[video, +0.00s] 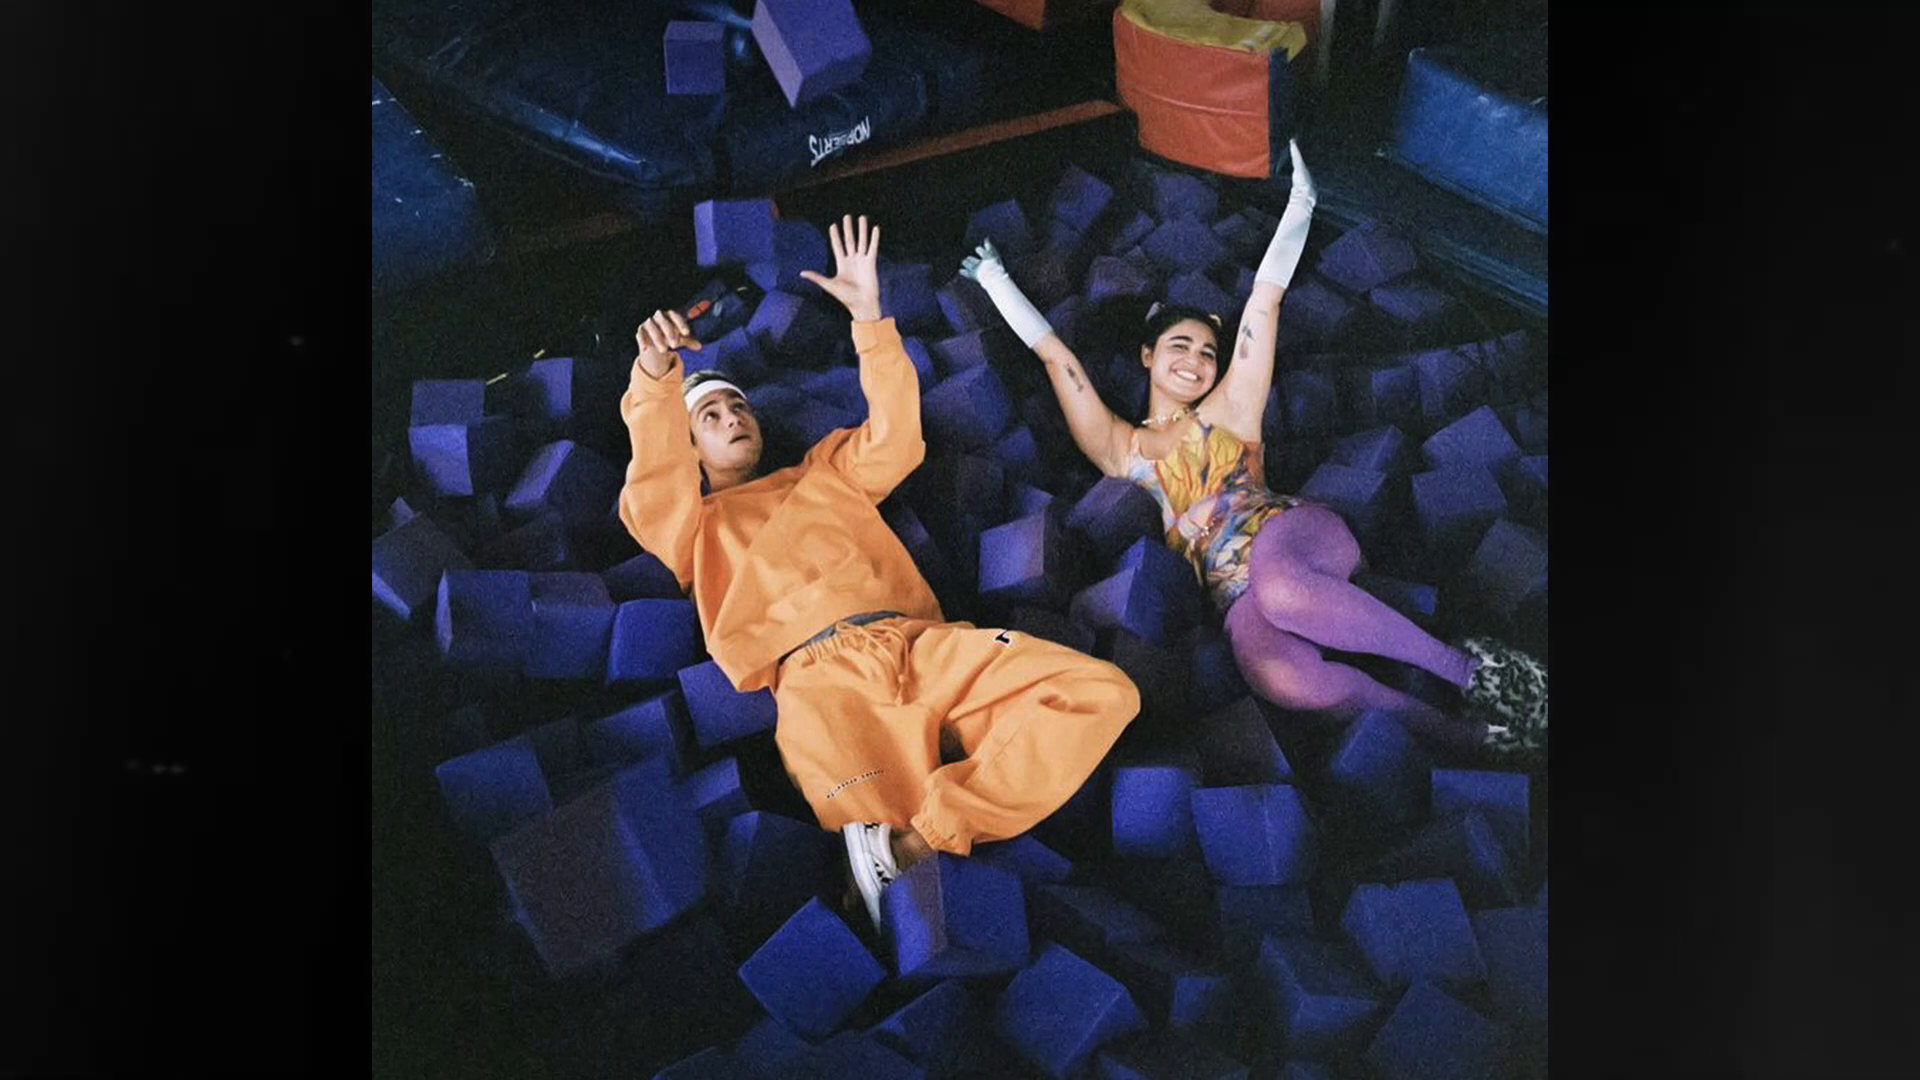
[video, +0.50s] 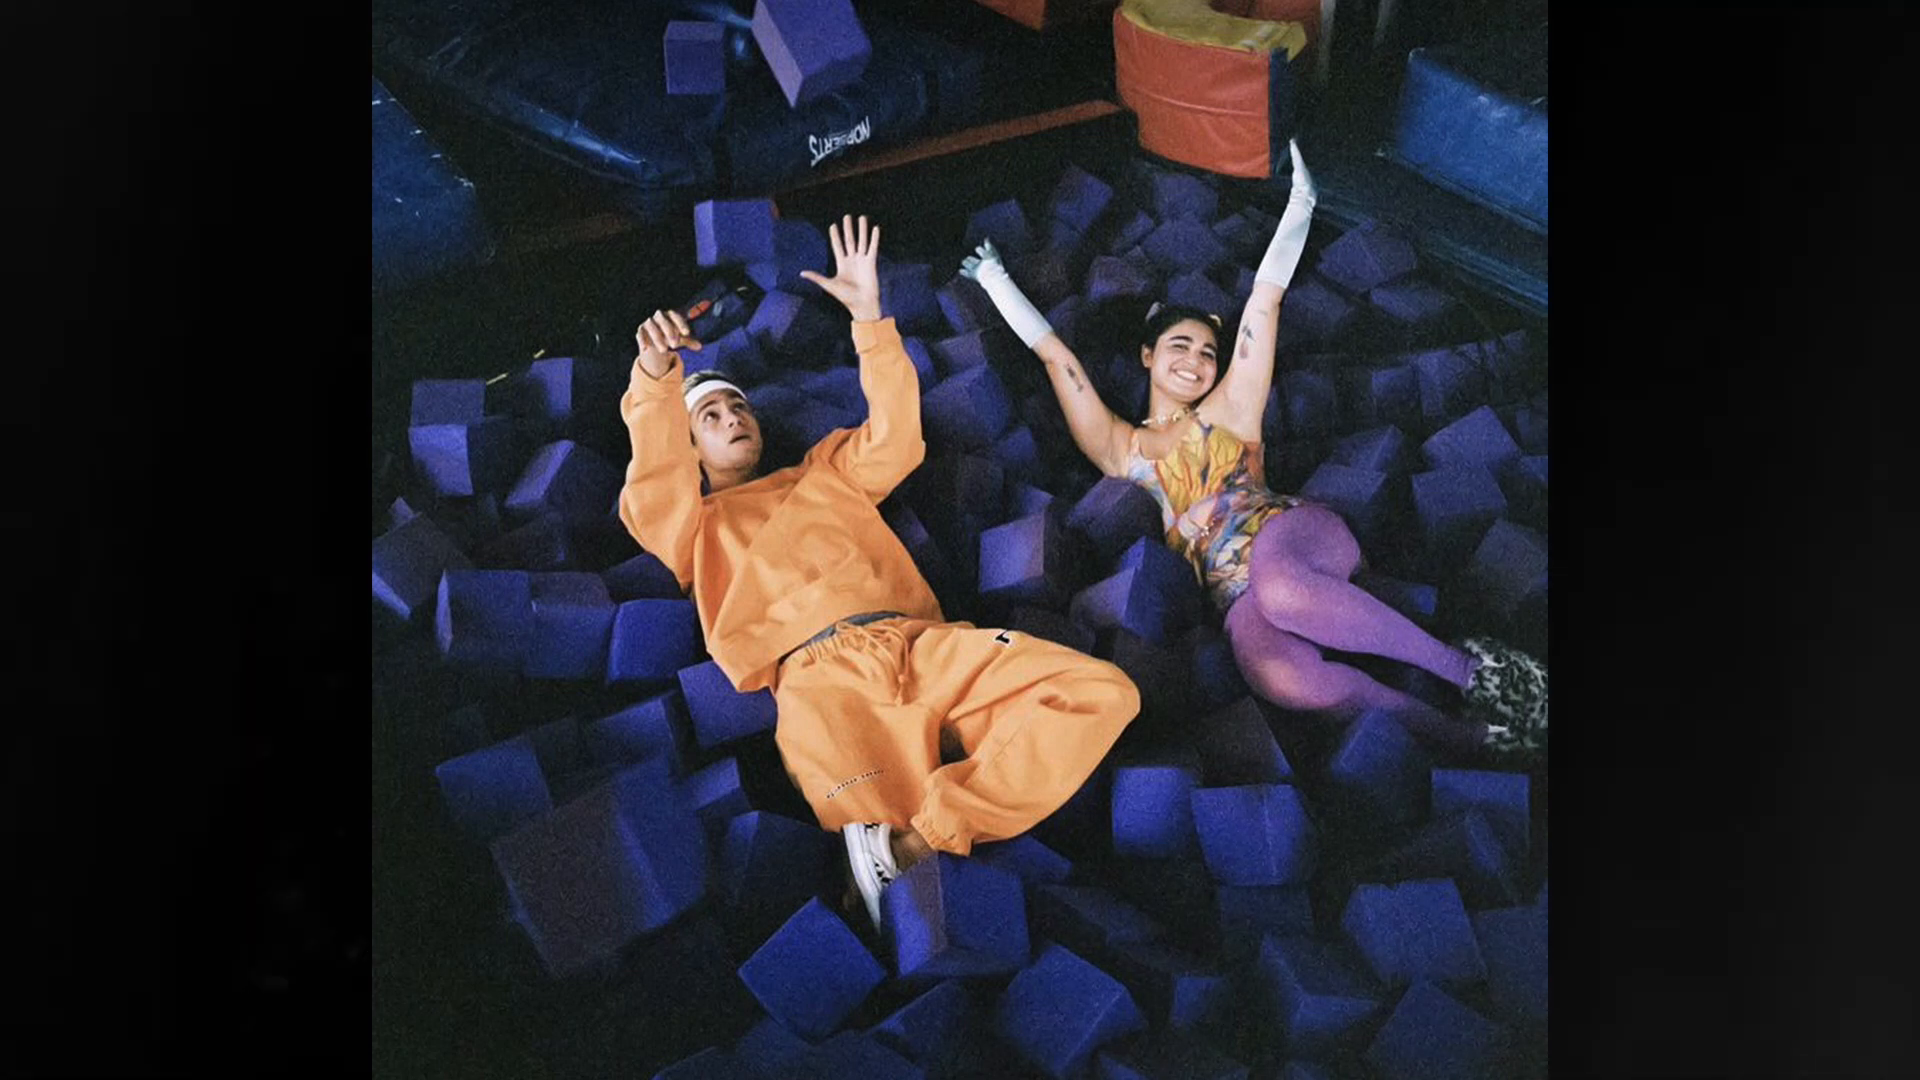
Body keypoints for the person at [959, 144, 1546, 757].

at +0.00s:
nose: (1191, 360)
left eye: (1205, 353)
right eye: (1177, 346)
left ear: (1216, 370)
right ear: (1145, 358)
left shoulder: (1231, 410)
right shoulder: (1123, 449)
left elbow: (1264, 303)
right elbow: (1057, 359)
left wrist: (1298, 209)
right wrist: (993, 278)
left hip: (1291, 533)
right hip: (1240, 599)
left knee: (1276, 592)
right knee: (1286, 680)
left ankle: (1472, 670)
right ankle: (1461, 732)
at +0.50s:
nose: (1190, 359)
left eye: (1204, 353)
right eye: (1176, 347)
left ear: (1216, 370)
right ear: (1145, 358)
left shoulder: (1230, 410)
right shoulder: (1123, 449)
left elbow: (1264, 304)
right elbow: (1058, 359)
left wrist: (1299, 208)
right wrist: (992, 277)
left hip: (1289, 532)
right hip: (1239, 597)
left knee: (1278, 592)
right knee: (1286, 680)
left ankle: (1472, 671)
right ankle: (1465, 734)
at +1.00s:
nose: (1191, 360)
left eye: (1205, 354)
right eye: (1176, 346)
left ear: (1216, 371)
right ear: (1144, 358)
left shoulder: (1230, 411)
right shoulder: (1122, 449)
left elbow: (1264, 305)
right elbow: (1058, 360)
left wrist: (1299, 208)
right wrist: (992, 278)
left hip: (1287, 530)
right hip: (1238, 596)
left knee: (1279, 593)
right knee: (1287, 681)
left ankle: (1472, 671)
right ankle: (1464, 735)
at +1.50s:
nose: (1191, 360)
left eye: (1205, 354)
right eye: (1176, 346)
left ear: (1216, 371)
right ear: (1145, 358)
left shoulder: (1230, 411)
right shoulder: (1122, 449)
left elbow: (1264, 305)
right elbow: (1058, 360)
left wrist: (1299, 208)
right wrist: (992, 278)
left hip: (1287, 530)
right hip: (1238, 596)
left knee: (1279, 593)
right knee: (1288, 681)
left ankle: (1472, 671)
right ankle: (1463, 735)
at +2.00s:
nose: (1191, 360)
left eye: (1205, 354)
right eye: (1177, 346)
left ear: (1216, 371)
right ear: (1145, 357)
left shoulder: (1230, 411)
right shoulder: (1122, 448)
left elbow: (1264, 306)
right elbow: (1057, 359)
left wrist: (1298, 209)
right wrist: (991, 278)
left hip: (1287, 531)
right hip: (1238, 596)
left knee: (1278, 593)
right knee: (1287, 680)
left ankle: (1471, 671)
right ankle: (1463, 735)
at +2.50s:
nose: (1190, 359)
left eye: (1204, 353)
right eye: (1176, 347)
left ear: (1216, 370)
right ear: (1145, 358)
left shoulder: (1230, 410)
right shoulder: (1123, 449)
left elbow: (1264, 304)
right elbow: (1057, 359)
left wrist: (1298, 209)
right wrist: (992, 277)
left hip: (1289, 531)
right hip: (1239, 597)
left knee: (1278, 592)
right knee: (1287, 680)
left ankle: (1472, 671)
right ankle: (1463, 733)